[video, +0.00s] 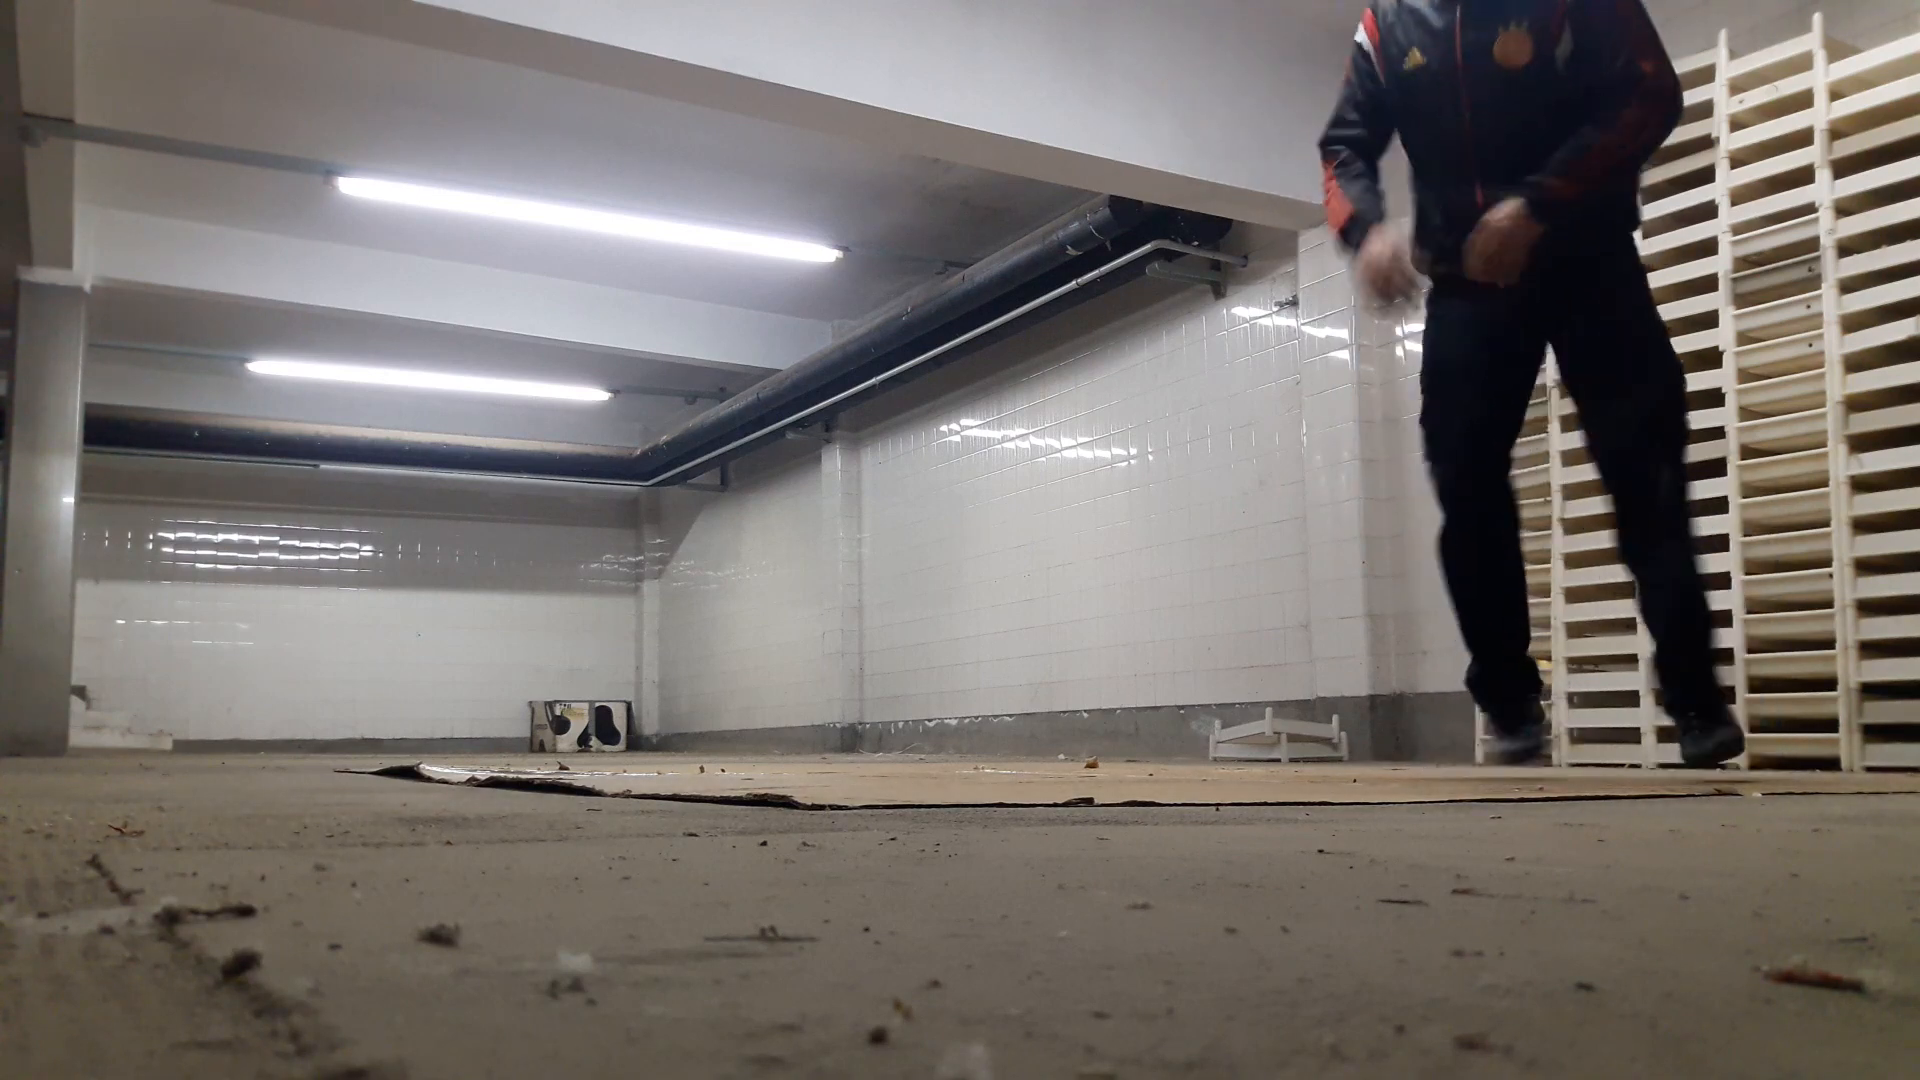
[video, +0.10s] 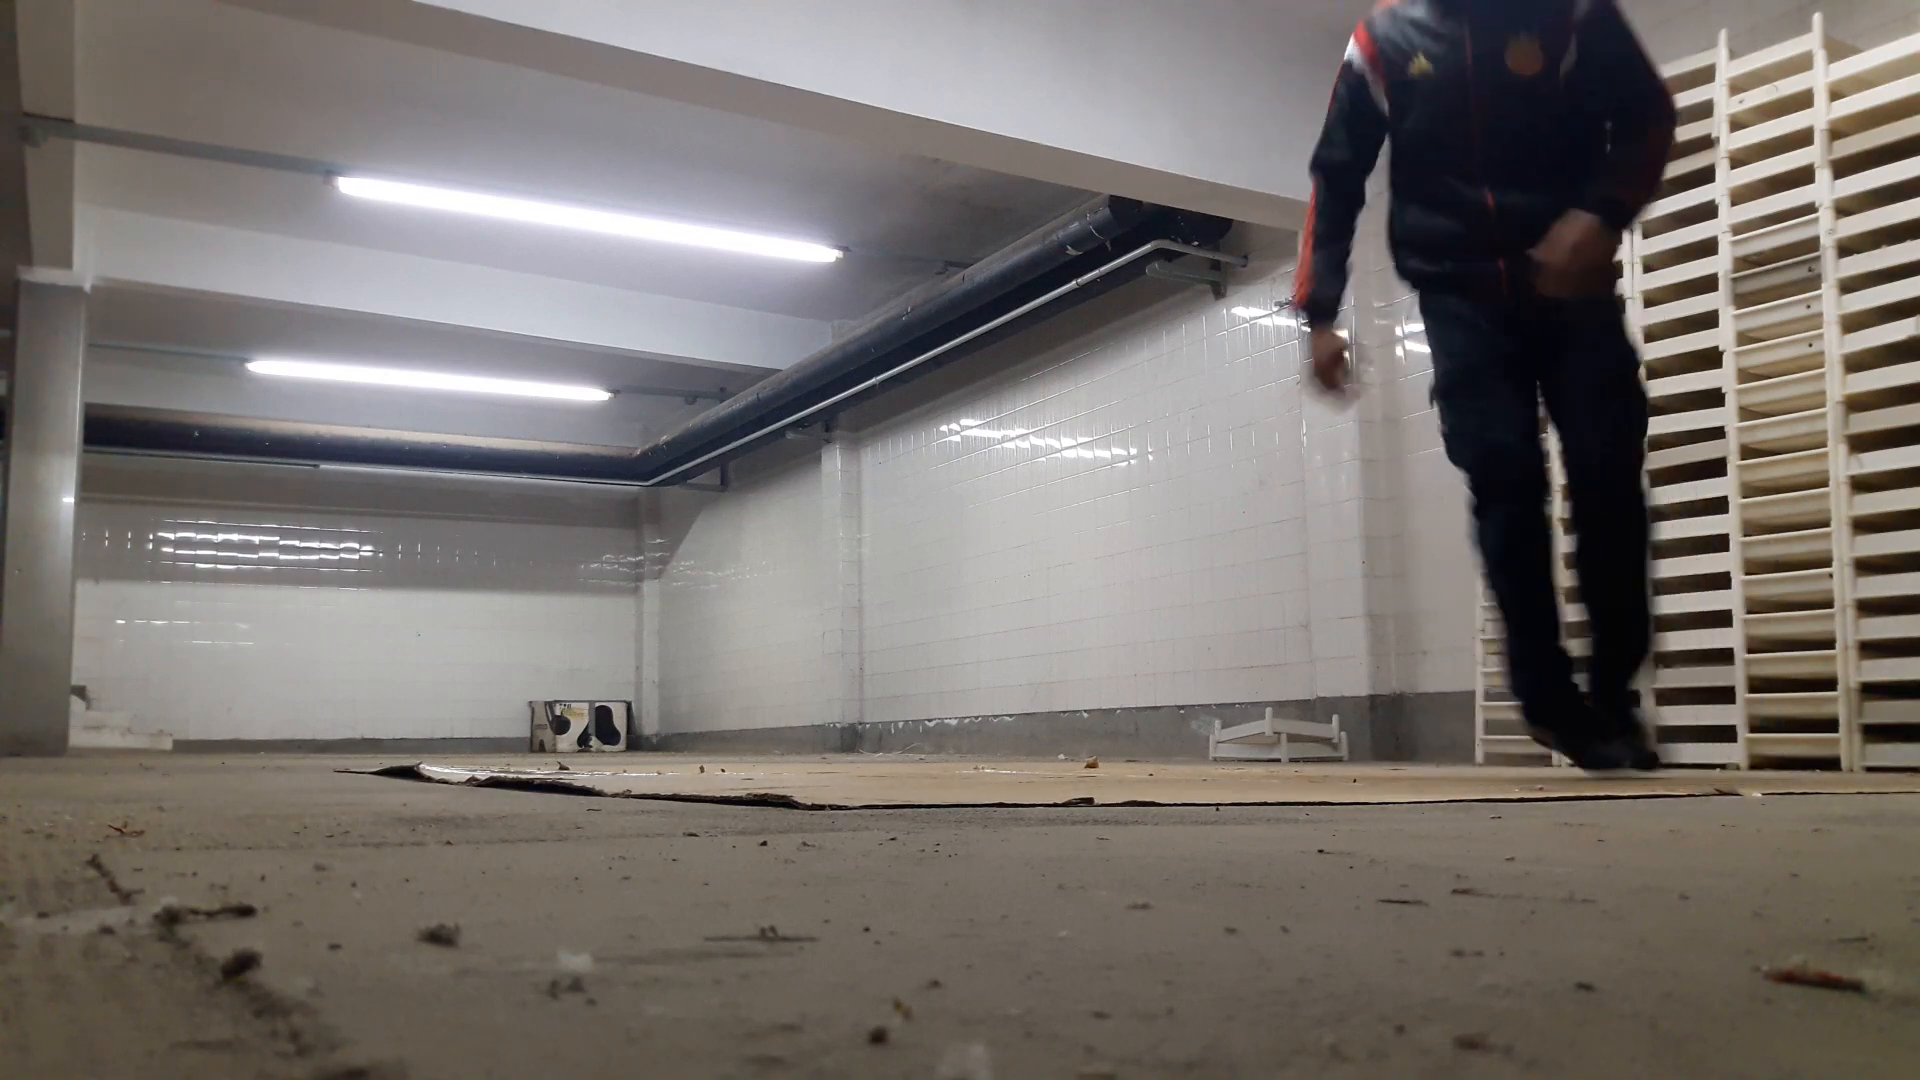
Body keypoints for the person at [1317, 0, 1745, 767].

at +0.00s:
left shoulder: (1583, 6)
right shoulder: (1391, 18)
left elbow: (1650, 95)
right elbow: (1346, 141)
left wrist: (1535, 204)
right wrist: (1364, 229)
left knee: (1648, 478)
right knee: (1467, 489)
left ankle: (1697, 702)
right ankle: (1509, 706)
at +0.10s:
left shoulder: (1580, 14)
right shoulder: (1387, 33)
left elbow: (1649, 115)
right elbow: (1338, 172)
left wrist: (1602, 214)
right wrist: (1318, 313)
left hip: (1573, 287)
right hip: (1462, 297)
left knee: (1611, 476)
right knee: (1506, 487)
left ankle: (1613, 698)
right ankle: (1549, 705)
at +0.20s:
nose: (1456, 19)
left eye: (1466, 7)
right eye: (1439, 11)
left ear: (1488, 8)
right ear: (1413, 15)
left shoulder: (1549, 75)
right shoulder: (1377, 105)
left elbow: (1622, 177)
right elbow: (1319, 253)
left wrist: (1662, 228)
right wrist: (1280, 385)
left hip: (1562, 341)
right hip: (1465, 355)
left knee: (1616, 502)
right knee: (1547, 518)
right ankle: (1576, 740)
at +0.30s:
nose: (1417, 16)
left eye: (1436, 4)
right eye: (1404, 5)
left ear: (1468, 15)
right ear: (1390, 19)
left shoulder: (1520, 109)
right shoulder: (1355, 127)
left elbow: (1569, 224)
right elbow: (1304, 266)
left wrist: (1646, 238)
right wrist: (1266, 395)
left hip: (1519, 354)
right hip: (1434, 359)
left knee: (1531, 531)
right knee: (1526, 519)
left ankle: (1397, 634)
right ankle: (1575, 737)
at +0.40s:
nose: (1401, 13)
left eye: (1419, 2)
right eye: (1388, 2)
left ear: (1445, 16)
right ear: (1371, 14)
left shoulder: (1482, 105)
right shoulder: (1328, 108)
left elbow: (1516, 217)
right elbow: (1271, 237)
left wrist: (1562, 241)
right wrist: (1255, 357)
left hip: (1453, 341)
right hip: (1372, 341)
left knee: (1437, 515)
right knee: (1447, 500)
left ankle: (1344, 665)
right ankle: (1519, 718)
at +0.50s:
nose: (1385, 56)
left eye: (1401, 43)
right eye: (1371, 41)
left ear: (1422, 56)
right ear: (1347, 52)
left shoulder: (1441, 149)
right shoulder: (1298, 137)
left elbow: (1459, 260)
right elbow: (1224, 250)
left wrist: (1495, 287)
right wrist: (1237, 361)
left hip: (1401, 366)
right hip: (1321, 361)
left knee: (1377, 540)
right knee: (1407, 495)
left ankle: (1329, 714)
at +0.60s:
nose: (1358, 108)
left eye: (1373, 95)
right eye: (1345, 94)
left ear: (1393, 106)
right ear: (1322, 101)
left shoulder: (1395, 202)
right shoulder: (1272, 184)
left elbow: (1394, 324)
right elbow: (1189, 288)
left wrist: (1444, 362)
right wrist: (1230, 368)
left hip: (1365, 417)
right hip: (1289, 410)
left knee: (1384, 574)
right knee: (1348, 555)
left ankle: (1317, 735)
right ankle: (1209, 579)